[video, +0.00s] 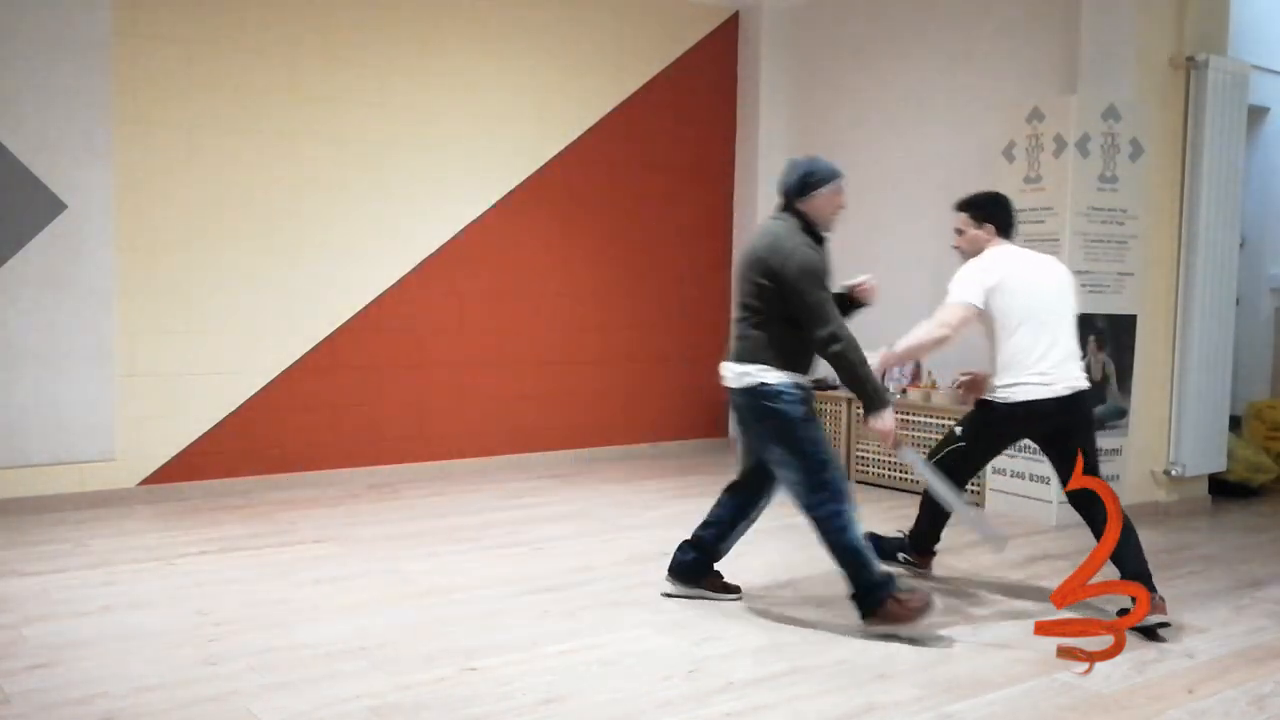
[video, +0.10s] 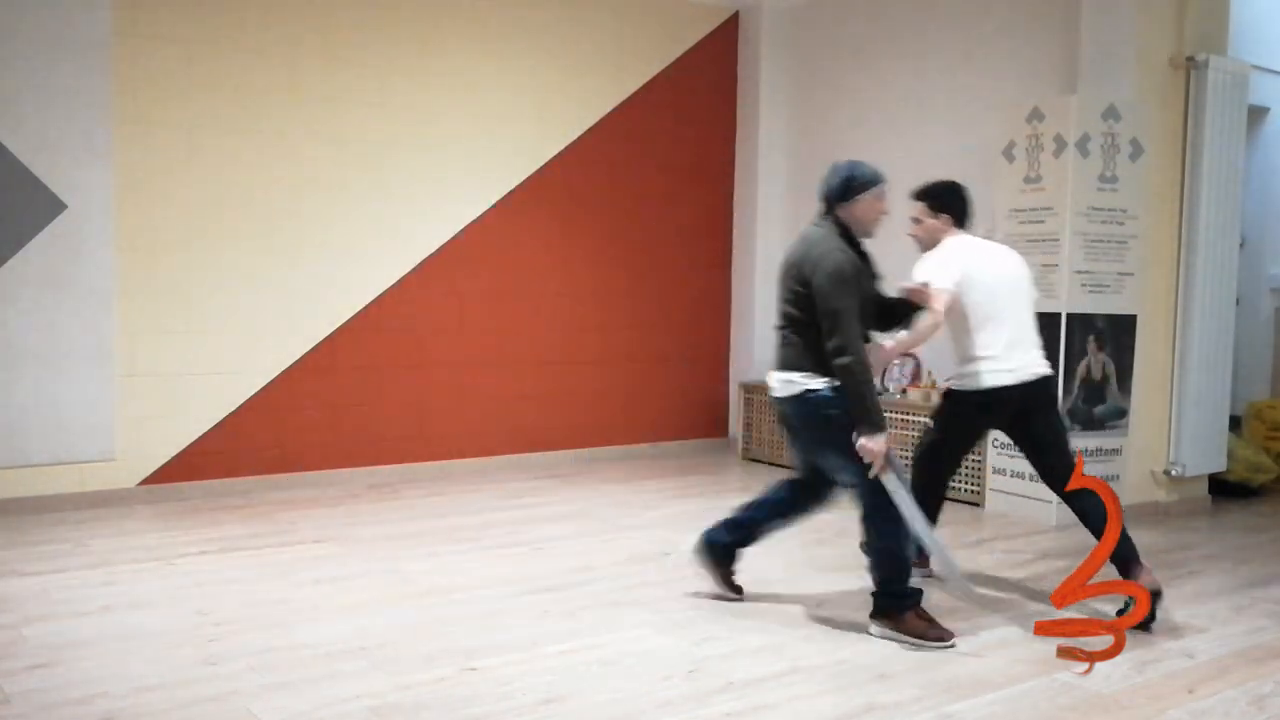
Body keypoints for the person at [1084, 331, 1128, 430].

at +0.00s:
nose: (1088, 346)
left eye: (1090, 343)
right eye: (1088, 343)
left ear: (1097, 345)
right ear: (1089, 345)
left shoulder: (1107, 363)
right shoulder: (1086, 362)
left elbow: (1113, 384)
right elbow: (1079, 378)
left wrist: (1115, 399)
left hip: (1104, 400)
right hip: (1088, 400)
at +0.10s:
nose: (1088, 346)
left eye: (1091, 343)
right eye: (1088, 343)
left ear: (1098, 345)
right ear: (1088, 346)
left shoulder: (1107, 363)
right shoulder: (1083, 364)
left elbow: (1113, 386)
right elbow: (1076, 388)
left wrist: (1118, 402)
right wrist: (1069, 406)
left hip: (1102, 404)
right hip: (1084, 404)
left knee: (1121, 411)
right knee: (1069, 411)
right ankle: (1094, 423)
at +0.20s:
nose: (1088, 346)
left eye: (1091, 342)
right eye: (1088, 342)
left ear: (1099, 344)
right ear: (1088, 345)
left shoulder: (1108, 365)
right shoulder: (1083, 365)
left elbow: (1113, 387)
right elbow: (1076, 389)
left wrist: (1117, 403)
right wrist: (1071, 405)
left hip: (1102, 404)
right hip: (1085, 404)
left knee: (1121, 411)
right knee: (1071, 410)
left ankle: (1085, 422)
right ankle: (1098, 424)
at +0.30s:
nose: (1088, 346)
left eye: (1091, 342)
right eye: (1088, 343)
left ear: (1099, 344)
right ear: (1087, 346)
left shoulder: (1108, 365)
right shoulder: (1083, 365)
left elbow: (1113, 388)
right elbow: (1076, 390)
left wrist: (1118, 404)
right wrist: (1071, 406)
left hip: (1102, 405)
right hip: (1085, 404)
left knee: (1121, 411)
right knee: (1071, 410)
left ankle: (1084, 422)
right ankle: (1098, 424)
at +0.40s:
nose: (1088, 346)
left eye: (1091, 342)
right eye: (1088, 343)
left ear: (1099, 344)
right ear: (1087, 345)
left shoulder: (1108, 365)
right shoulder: (1083, 365)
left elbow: (1113, 388)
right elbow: (1076, 390)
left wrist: (1118, 404)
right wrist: (1071, 406)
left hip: (1102, 404)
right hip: (1085, 404)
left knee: (1121, 411)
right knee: (1071, 410)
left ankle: (1084, 422)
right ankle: (1098, 424)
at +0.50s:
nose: (1088, 346)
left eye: (1091, 342)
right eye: (1088, 342)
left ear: (1098, 344)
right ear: (1088, 346)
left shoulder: (1108, 365)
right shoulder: (1083, 365)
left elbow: (1113, 388)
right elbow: (1076, 389)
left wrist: (1119, 403)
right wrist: (1070, 405)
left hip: (1102, 404)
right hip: (1084, 404)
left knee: (1122, 411)